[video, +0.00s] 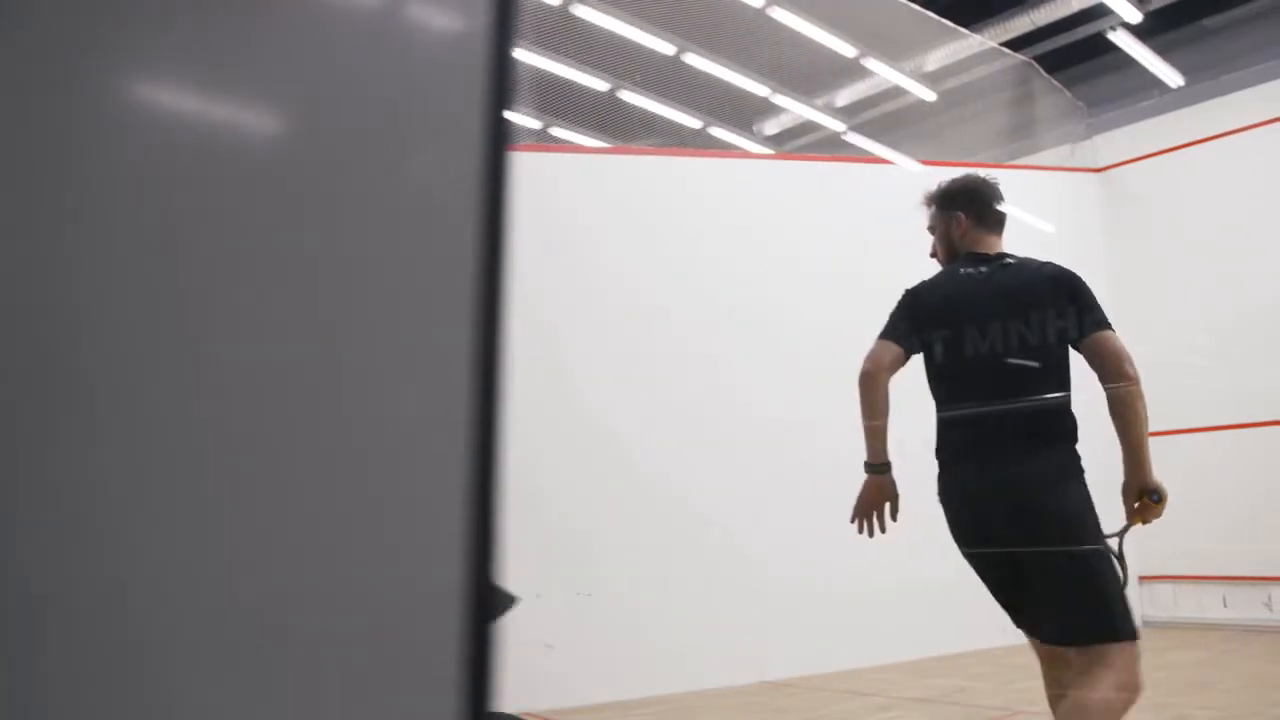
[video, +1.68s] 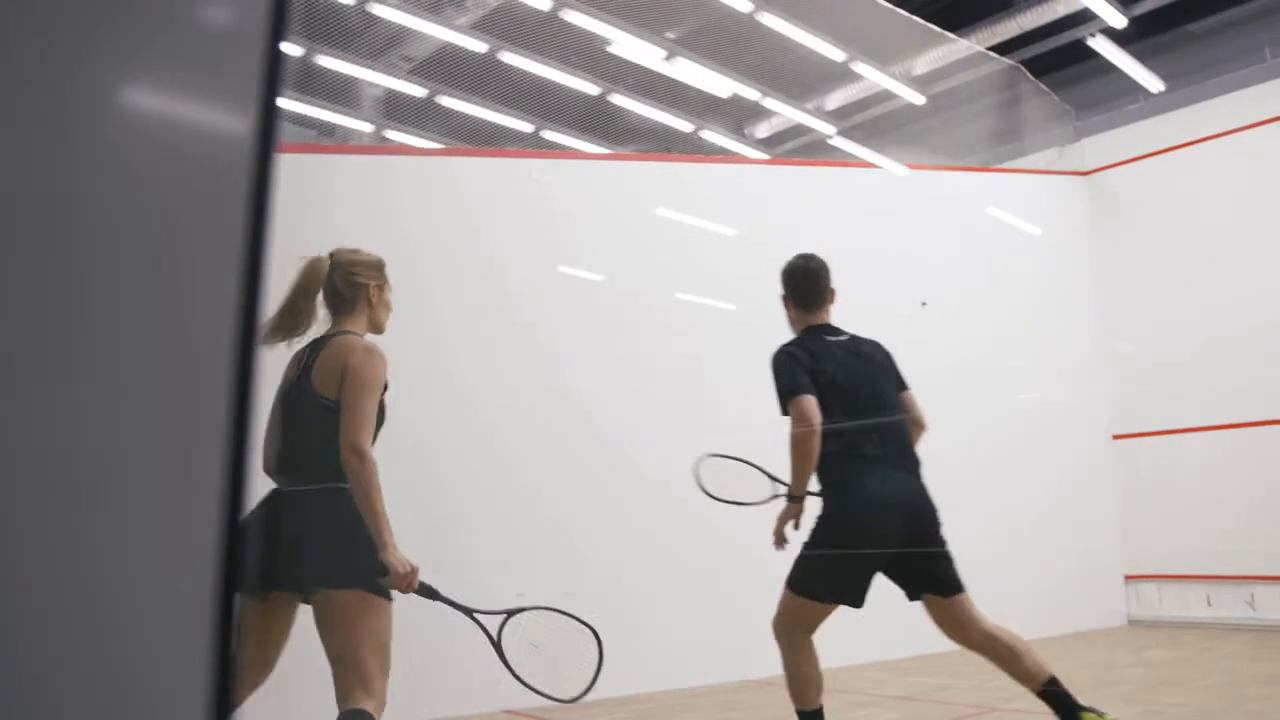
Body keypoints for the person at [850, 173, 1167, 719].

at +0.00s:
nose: (931, 248)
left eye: (933, 231)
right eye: (930, 234)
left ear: (960, 224)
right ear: (994, 226)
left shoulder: (926, 299)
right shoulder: (1055, 282)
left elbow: (873, 371)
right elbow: (1120, 374)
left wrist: (877, 469)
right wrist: (1139, 474)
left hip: (969, 497)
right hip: (1049, 489)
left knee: (1059, 662)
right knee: (1116, 674)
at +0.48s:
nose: (971, 245)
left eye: (971, 236)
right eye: (973, 236)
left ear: (979, 236)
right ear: (1029, 234)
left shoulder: (954, 302)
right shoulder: (1078, 292)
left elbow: (905, 367)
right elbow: (1133, 372)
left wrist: (922, 440)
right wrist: (1150, 464)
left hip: (997, 494)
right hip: (1076, 485)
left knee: (1059, 639)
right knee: (1131, 630)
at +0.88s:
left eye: (970, 272)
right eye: (1020, 268)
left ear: (968, 276)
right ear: (1023, 274)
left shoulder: (952, 337)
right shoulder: (1071, 332)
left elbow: (923, 405)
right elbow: (1125, 409)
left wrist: (932, 466)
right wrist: (1123, 493)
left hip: (995, 517)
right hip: (1072, 512)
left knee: (982, 636)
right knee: (1121, 637)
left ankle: (1025, 713)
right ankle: (1160, 718)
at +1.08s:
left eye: (940, 289)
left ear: (943, 294)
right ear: (995, 289)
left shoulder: (934, 350)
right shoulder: (1049, 345)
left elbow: (914, 416)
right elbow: (1098, 423)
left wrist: (919, 489)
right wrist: (1082, 494)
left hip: (980, 523)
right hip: (1057, 520)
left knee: (927, 626)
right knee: (1108, 636)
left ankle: (950, 715)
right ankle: (1149, 718)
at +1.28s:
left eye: (904, 303)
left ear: (904, 306)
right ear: (954, 301)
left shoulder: (902, 362)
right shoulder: (1005, 353)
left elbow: (890, 422)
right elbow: (1054, 430)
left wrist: (888, 501)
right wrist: (1025, 489)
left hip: (955, 528)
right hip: (1026, 525)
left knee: (874, 621)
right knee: (1083, 642)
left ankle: (874, 716)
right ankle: (1135, 716)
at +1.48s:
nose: (846, 307)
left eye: (844, 301)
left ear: (847, 306)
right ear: (894, 300)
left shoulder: (850, 359)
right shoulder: (941, 352)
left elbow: (852, 423)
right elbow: (987, 425)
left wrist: (846, 499)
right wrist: (955, 478)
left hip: (913, 528)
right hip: (979, 524)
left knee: (829, 622)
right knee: (1041, 639)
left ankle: (829, 718)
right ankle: (1114, 717)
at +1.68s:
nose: (786, 305)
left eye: (783, 299)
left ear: (785, 304)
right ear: (831, 299)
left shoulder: (791, 356)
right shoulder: (872, 350)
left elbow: (807, 423)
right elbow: (916, 421)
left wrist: (794, 498)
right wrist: (880, 472)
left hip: (854, 517)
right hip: (912, 512)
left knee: (791, 629)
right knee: (967, 625)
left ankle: (811, 719)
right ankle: (1073, 710)